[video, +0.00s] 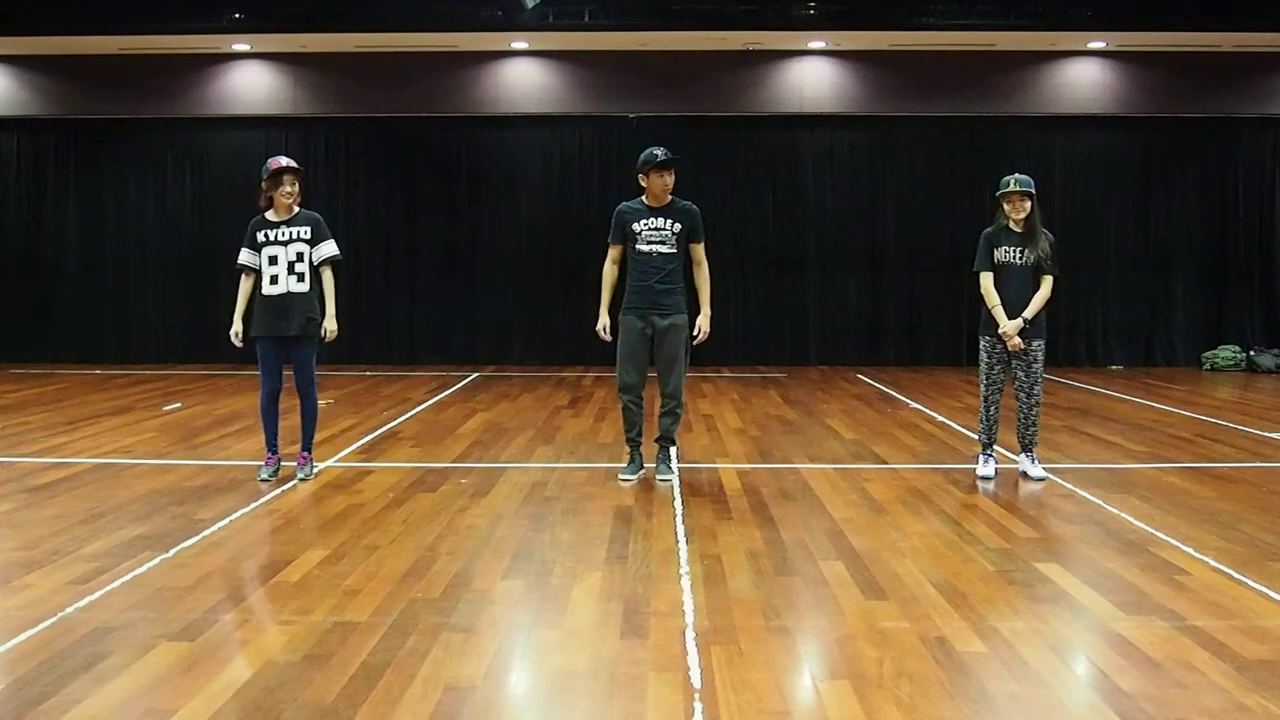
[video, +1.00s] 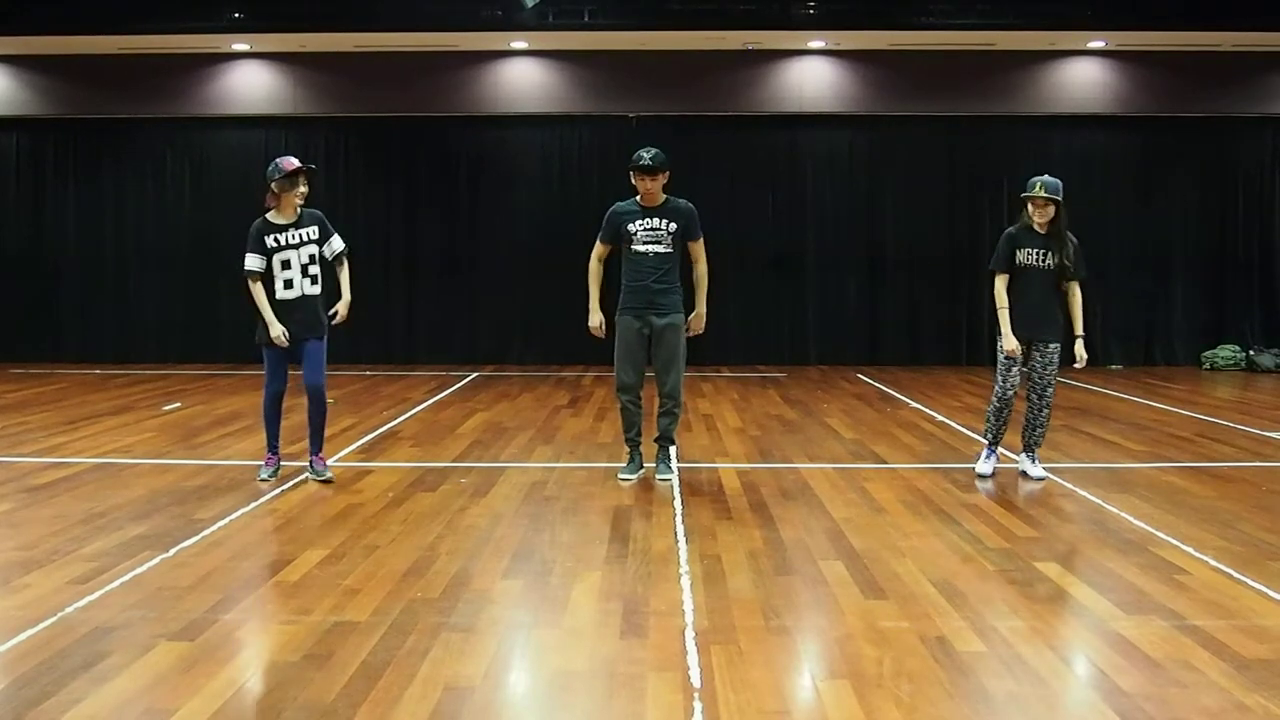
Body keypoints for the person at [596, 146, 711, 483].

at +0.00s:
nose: (667, 178)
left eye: (670, 172)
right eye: (660, 173)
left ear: (674, 176)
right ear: (643, 179)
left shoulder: (688, 213)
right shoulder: (625, 213)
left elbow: (699, 264)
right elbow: (612, 262)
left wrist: (705, 312)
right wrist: (604, 311)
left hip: (674, 315)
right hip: (633, 315)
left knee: (672, 389)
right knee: (629, 387)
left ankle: (667, 451)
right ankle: (633, 454)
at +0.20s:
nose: (666, 178)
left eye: (669, 172)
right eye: (659, 173)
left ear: (673, 176)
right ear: (642, 177)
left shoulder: (687, 213)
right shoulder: (624, 213)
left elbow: (704, 263)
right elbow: (608, 261)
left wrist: (698, 311)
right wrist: (605, 309)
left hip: (673, 316)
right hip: (632, 315)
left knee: (671, 390)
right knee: (628, 387)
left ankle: (666, 452)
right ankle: (633, 454)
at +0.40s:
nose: (657, 179)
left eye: (662, 173)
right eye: (650, 174)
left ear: (671, 176)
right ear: (639, 176)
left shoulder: (686, 214)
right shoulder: (624, 213)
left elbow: (695, 265)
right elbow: (611, 263)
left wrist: (698, 314)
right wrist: (605, 311)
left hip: (673, 315)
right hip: (632, 314)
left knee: (671, 389)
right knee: (628, 387)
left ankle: (667, 451)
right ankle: (633, 453)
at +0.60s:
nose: (647, 182)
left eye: (653, 176)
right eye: (642, 175)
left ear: (667, 177)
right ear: (635, 177)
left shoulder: (685, 214)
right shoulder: (623, 213)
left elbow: (696, 264)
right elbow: (610, 262)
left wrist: (698, 313)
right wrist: (605, 308)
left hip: (671, 314)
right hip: (630, 314)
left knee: (671, 389)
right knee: (628, 387)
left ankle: (666, 451)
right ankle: (633, 453)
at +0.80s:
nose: (646, 181)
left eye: (652, 174)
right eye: (641, 175)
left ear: (666, 176)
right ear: (634, 177)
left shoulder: (684, 213)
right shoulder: (622, 212)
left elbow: (705, 261)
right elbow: (601, 258)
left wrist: (702, 310)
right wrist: (600, 305)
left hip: (670, 315)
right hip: (630, 314)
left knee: (671, 389)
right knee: (627, 387)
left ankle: (666, 451)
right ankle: (633, 454)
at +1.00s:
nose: (646, 181)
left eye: (652, 174)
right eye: (640, 175)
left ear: (664, 176)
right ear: (633, 176)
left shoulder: (684, 212)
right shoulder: (619, 213)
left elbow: (698, 261)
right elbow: (597, 258)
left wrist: (700, 309)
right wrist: (594, 308)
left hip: (670, 314)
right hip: (629, 314)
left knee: (670, 388)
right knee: (627, 387)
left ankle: (665, 451)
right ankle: (633, 453)